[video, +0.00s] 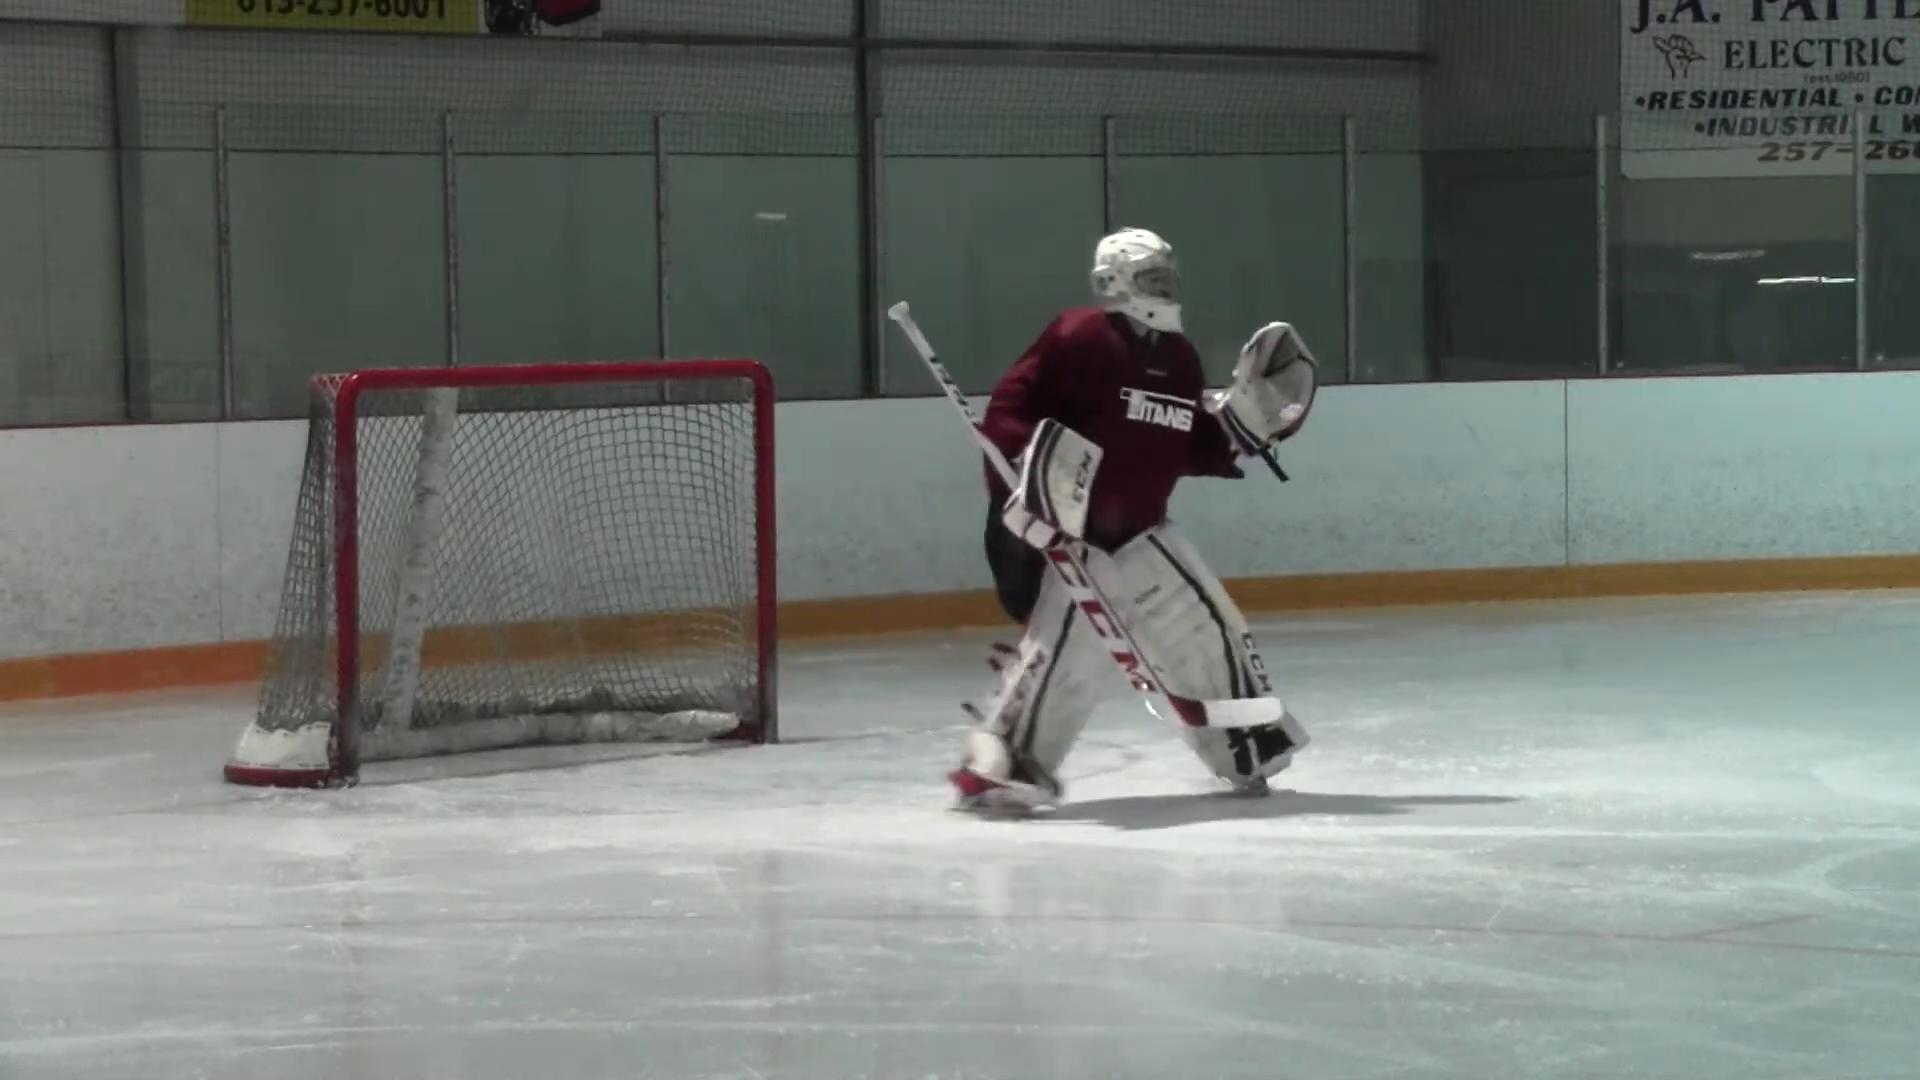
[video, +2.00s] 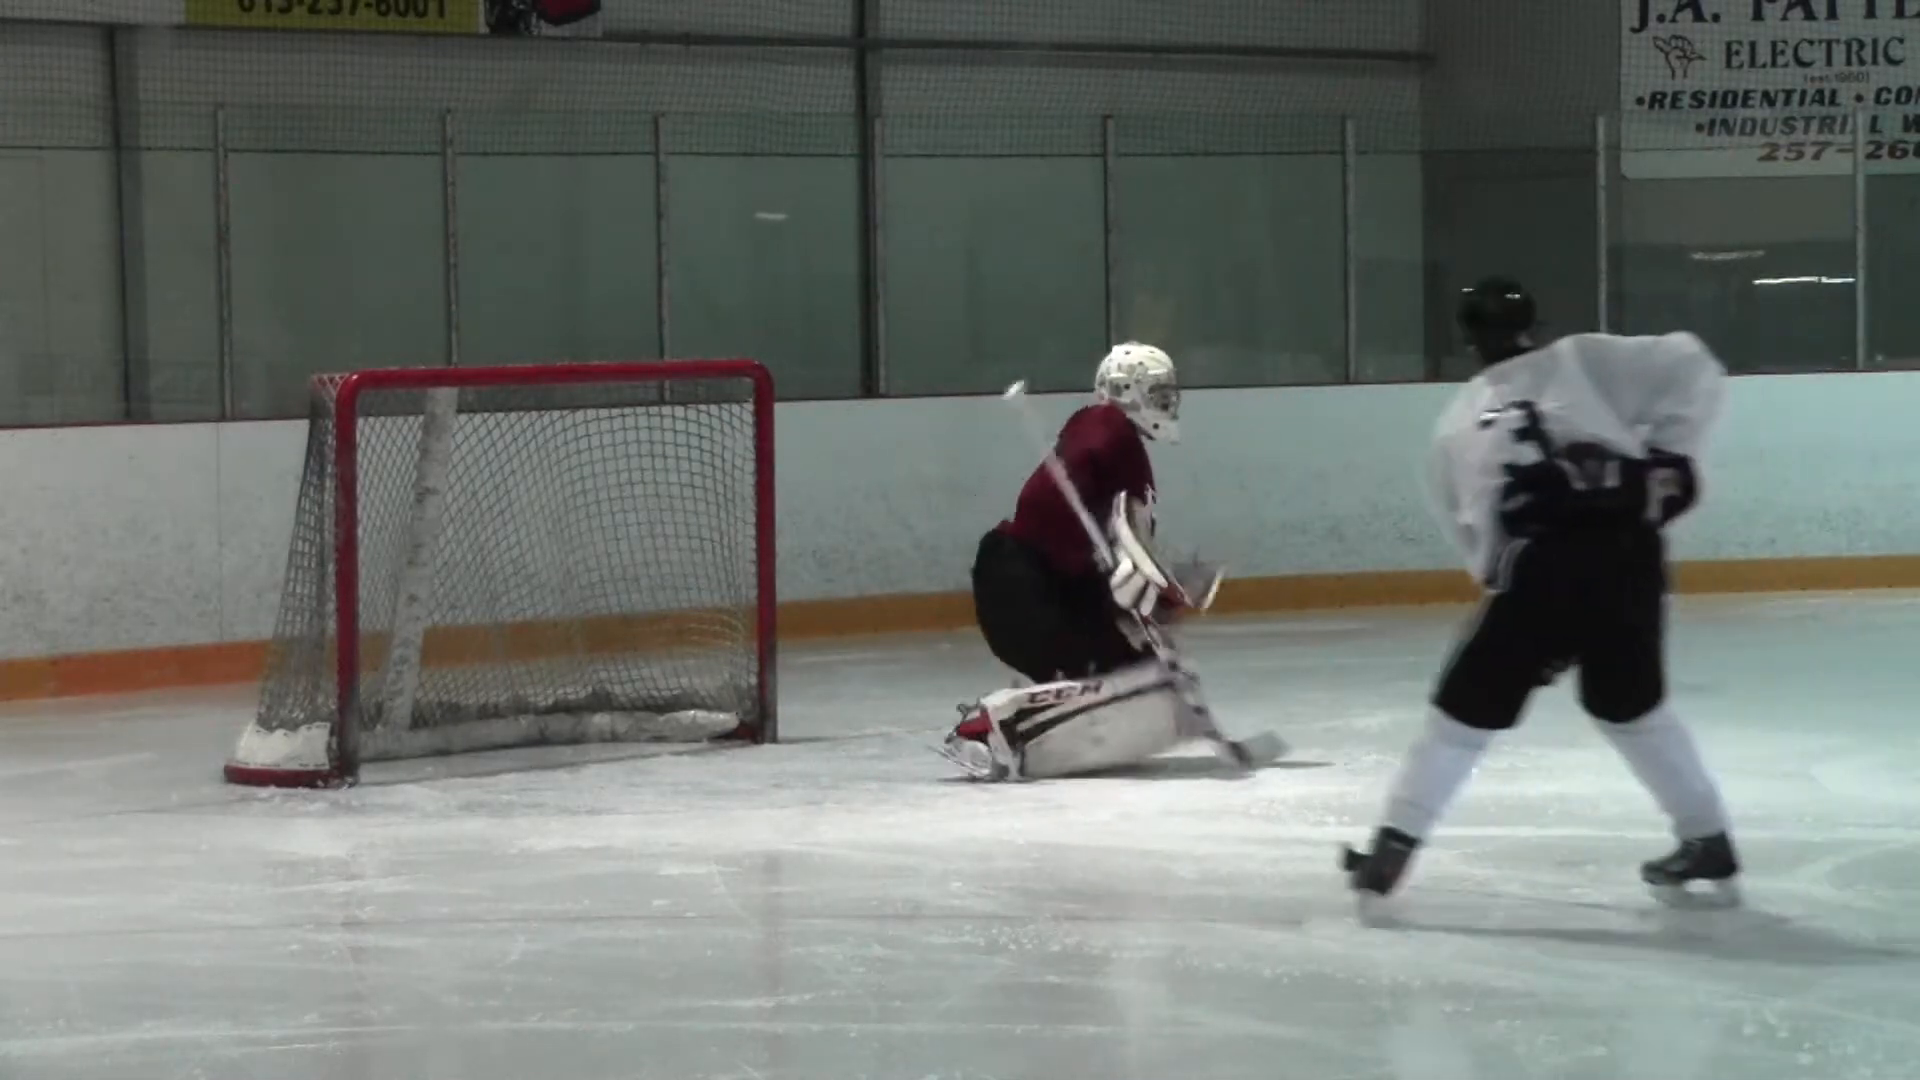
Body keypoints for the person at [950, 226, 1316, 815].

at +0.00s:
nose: (1163, 285)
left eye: (1167, 274)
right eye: (1148, 276)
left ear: (1174, 278)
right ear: (1112, 282)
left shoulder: (1180, 357)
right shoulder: (1079, 336)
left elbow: (1180, 446)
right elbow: (1001, 417)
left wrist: (1244, 423)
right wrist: (1053, 469)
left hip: (1144, 538)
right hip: (1071, 540)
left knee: (1205, 628)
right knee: (1064, 658)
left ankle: (1246, 754)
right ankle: (1004, 771)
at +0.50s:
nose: (1220, 309)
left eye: (1221, 299)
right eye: (1206, 301)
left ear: (1221, 302)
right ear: (1172, 308)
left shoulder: (1218, 376)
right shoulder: (1147, 358)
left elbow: (1204, 462)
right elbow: (1068, 420)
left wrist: (1274, 447)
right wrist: (1115, 480)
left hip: (1165, 530)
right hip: (1086, 525)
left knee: (1230, 610)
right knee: (1140, 632)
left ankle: (1231, 741)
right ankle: (1078, 757)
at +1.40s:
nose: (1224, 346)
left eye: (1224, 335)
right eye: (1213, 337)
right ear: (1182, 342)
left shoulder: (1193, 402)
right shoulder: (1155, 378)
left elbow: (1191, 493)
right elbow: (1087, 439)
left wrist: (1239, 479)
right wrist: (1131, 508)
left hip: (1094, 512)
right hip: (1046, 499)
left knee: (1182, 596)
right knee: (1123, 618)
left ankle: (1160, 726)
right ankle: (1044, 735)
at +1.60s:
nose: (1202, 371)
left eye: (1202, 359)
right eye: (1191, 359)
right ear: (1160, 364)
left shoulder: (1168, 423)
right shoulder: (1133, 398)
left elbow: (1166, 525)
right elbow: (1067, 462)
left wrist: (1209, 493)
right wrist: (1120, 533)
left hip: (1060, 534)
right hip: (1018, 524)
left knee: (1137, 622)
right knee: (1109, 632)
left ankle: (1097, 729)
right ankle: (1011, 729)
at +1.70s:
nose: (1192, 385)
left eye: (1192, 373)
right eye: (1181, 374)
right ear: (1150, 378)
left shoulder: (1148, 423)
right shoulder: (1128, 415)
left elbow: (1165, 511)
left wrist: (1201, 504)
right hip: (1012, 538)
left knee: (1130, 651)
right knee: (1117, 655)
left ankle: (1080, 734)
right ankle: (1010, 727)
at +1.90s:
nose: (1179, 402)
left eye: (1180, 391)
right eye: (1169, 391)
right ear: (1139, 393)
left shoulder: (1130, 438)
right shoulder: (1116, 430)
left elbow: (1149, 521)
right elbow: (1141, 516)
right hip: (1006, 560)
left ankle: (1071, 732)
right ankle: (1005, 731)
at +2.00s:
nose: (1169, 404)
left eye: (1170, 393)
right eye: (1158, 393)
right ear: (1128, 393)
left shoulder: (1123, 441)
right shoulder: (1104, 428)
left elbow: (1131, 532)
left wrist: (1166, 587)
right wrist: (1132, 563)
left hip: (1065, 580)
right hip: (1020, 573)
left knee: (1139, 661)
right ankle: (992, 727)